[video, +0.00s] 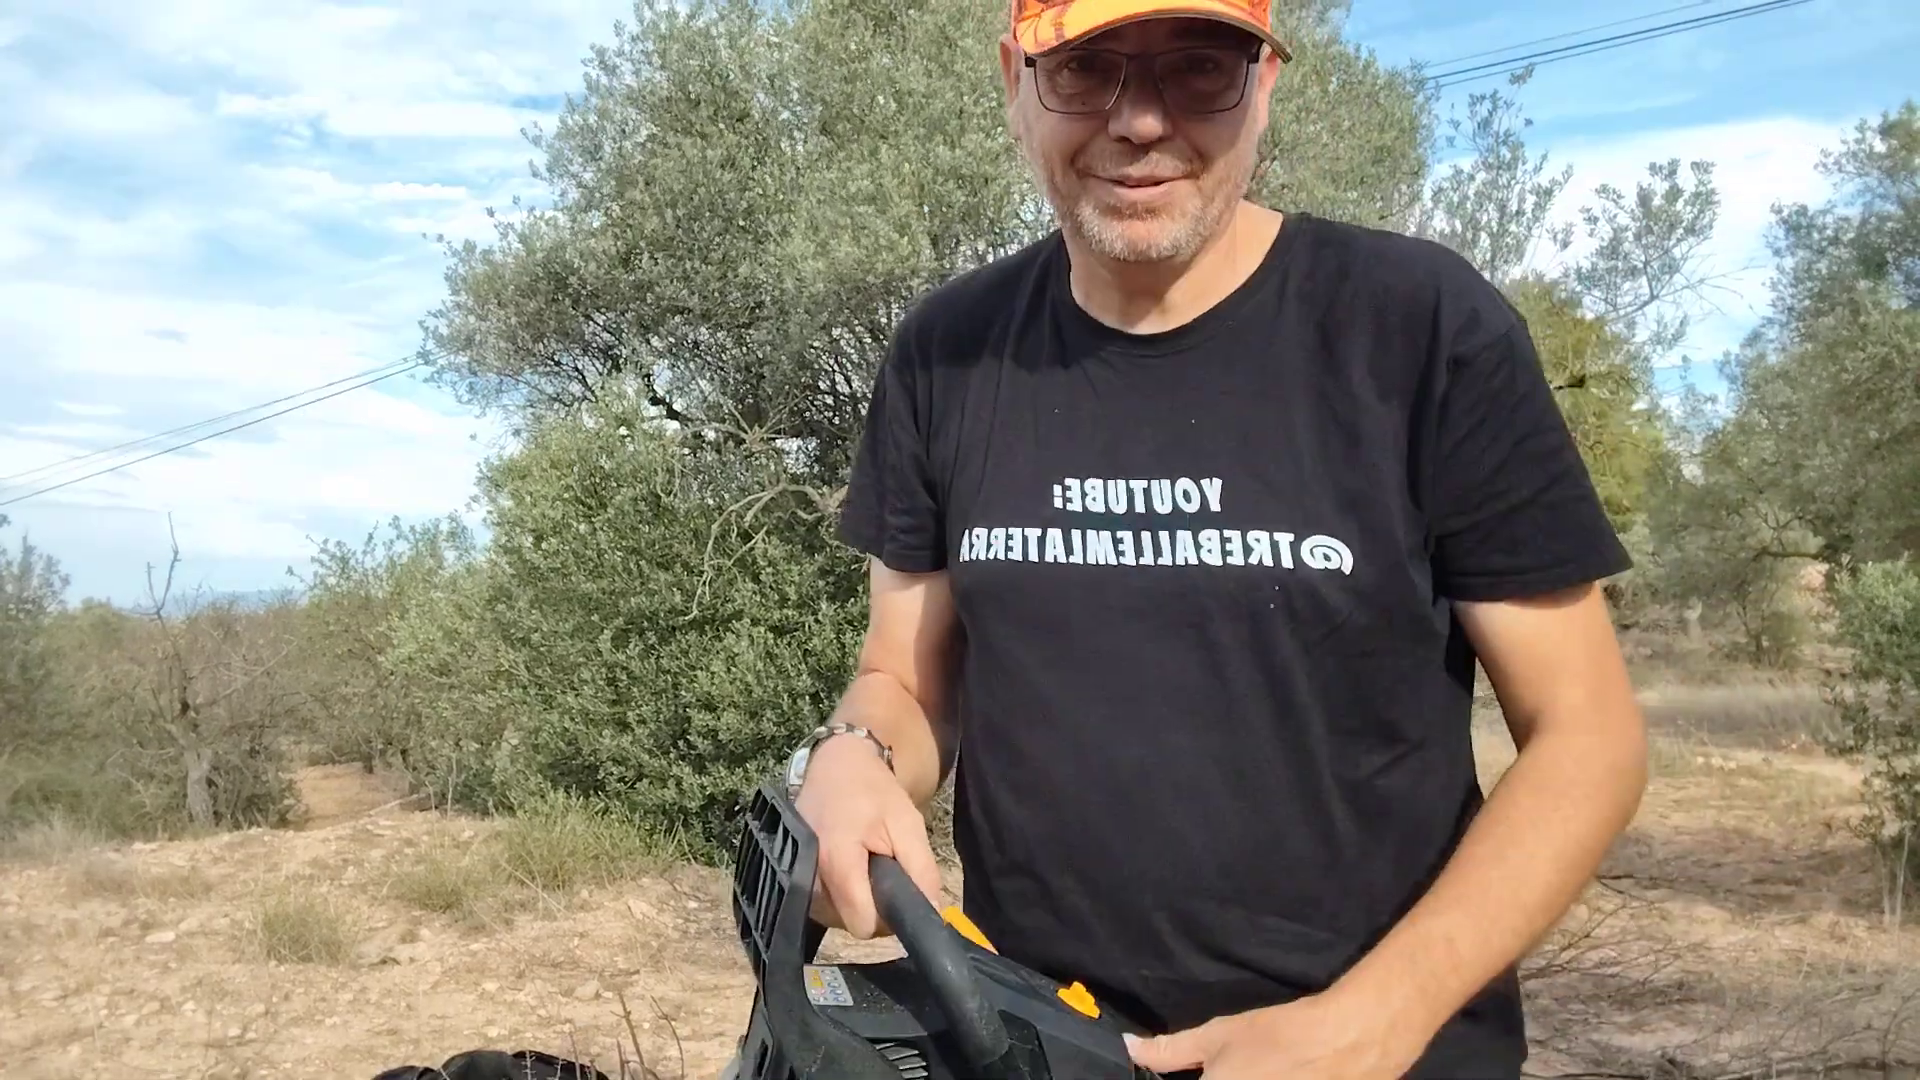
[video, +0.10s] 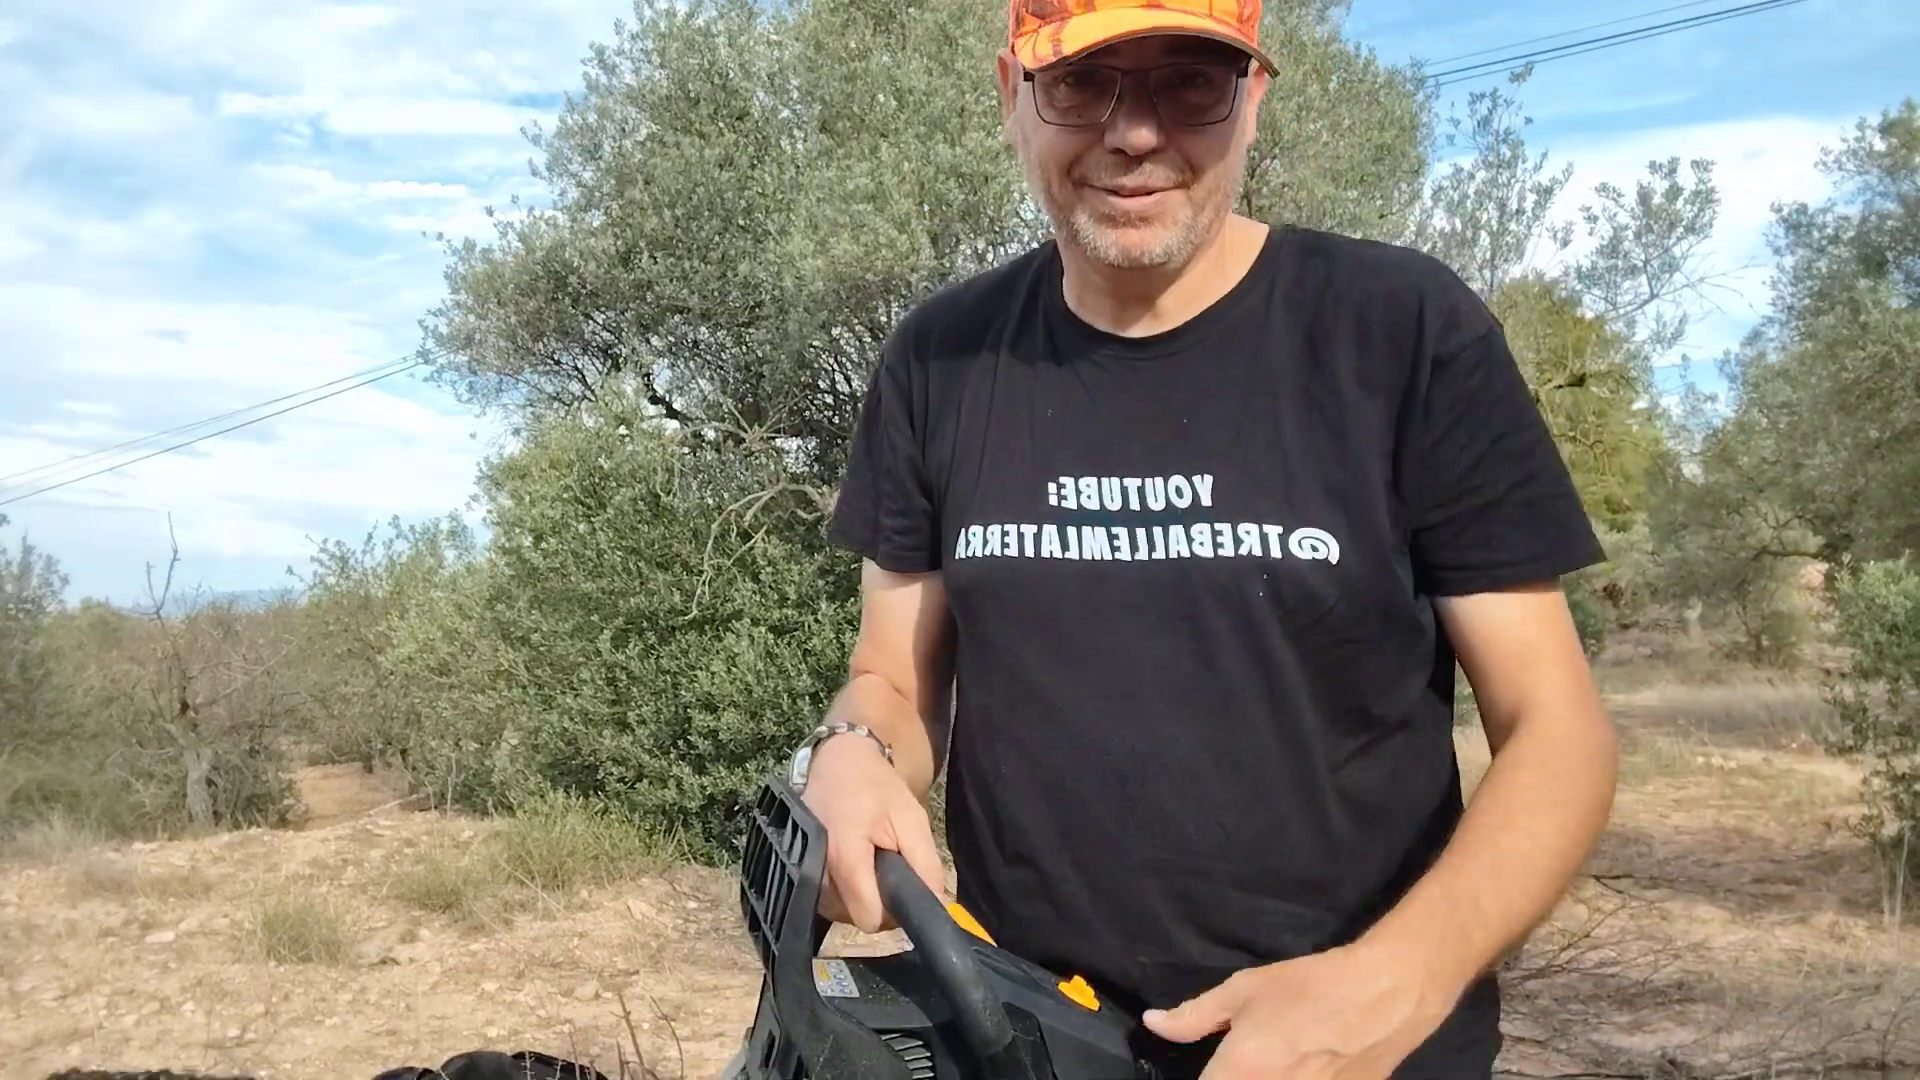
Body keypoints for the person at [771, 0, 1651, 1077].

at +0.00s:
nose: (1142, 121)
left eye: (1196, 67)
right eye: (1092, 68)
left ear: (1266, 88)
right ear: (1017, 90)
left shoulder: (1426, 328)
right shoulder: (946, 352)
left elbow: (1590, 739)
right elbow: (905, 677)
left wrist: (1366, 1022)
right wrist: (852, 761)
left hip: (1385, 1037)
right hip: (1040, 1034)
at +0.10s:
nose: (1135, 133)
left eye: (1185, 81)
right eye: (1086, 83)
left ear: (1253, 98)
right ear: (1014, 100)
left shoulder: (1406, 328)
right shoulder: (941, 358)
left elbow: (1561, 737)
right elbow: (895, 682)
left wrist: (1392, 986)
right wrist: (848, 759)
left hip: (1364, 1038)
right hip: (1036, 1038)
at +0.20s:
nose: (1128, 159)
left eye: (1178, 107)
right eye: (1078, 111)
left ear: (1243, 120)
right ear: (1013, 124)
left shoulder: (1387, 338)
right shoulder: (937, 371)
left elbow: (1554, 738)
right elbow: (892, 697)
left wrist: (1393, 912)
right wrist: (852, 763)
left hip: (1363, 1037)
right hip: (1038, 1035)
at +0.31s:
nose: (1119, 162)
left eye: (1172, 112)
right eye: (1071, 113)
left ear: (1229, 124)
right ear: (1003, 125)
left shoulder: (1370, 343)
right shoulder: (931, 371)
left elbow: (1570, 742)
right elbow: (880, 683)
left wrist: (1383, 771)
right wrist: (849, 759)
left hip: (1343, 1030)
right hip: (1035, 1027)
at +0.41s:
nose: (1109, 169)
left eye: (1161, 119)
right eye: (1061, 120)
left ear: (1221, 123)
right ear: (994, 132)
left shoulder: (1362, 344)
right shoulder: (930, 376)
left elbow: (1587, 738)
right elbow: (878, 683)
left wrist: (1390, 645)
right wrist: (848, 758)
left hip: (1340, 1025)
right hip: (1041, 1025)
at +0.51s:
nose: (1101, 172)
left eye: (1152, 124)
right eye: (1057, 124)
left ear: (1214, 131)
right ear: (991, 136)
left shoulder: (1359, 341)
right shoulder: (930, 380)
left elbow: (1586, 731)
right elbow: (881, 687)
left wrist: (1376, 536)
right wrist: (847, 757)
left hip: (1339, 1019)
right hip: (1038, 1019)